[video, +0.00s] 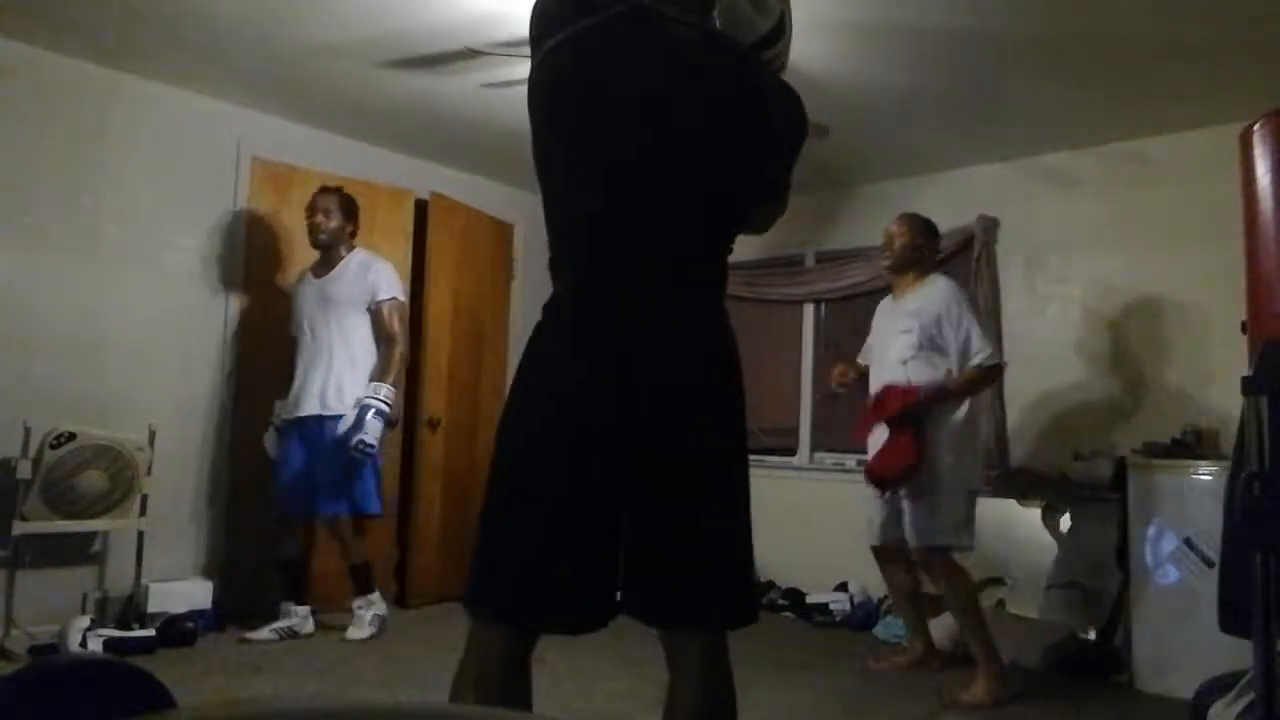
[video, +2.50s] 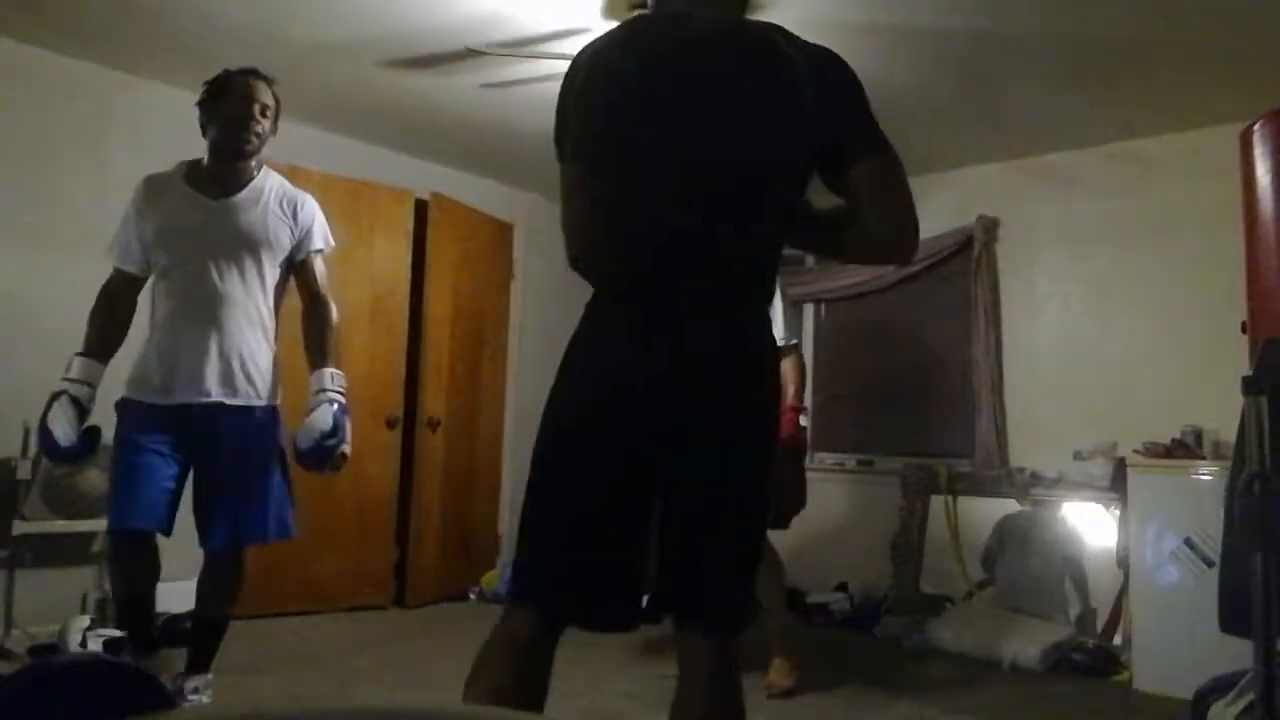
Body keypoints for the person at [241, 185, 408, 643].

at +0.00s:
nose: (316, 221)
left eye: (327, 214)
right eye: (311, 214)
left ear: (348, 223)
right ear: (306, 223)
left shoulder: (374, 272)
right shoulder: (303, 284)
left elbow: (395, 344)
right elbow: (301, 358)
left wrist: (375, 407)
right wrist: (280, 417)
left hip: (347, 414)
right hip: (300, 415)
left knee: (340, 514)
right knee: (294, 514)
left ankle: (368, 604)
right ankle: (295, 610)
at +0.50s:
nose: (283, 206)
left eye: (294, 200)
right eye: (276, 199)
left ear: (310, 212)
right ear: (264, 209)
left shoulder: (336, 268)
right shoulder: (245, 271)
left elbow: (364, 338)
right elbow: (226, 344)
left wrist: (370, 409)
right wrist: (201, 403)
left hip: (306, 407)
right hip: (253, 407)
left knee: (280, 513)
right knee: (268, 512)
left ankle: (247, 625)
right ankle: (292, 607)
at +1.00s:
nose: (264, 184)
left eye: (275, 179)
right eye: (256, 176)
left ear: (292, 193)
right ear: (240, 185)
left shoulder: (312, 251)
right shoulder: (213, 249)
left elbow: (332, 330)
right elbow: (195, 328)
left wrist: (316, 399)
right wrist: (170, 395)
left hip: (278, 408)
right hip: (212, 405)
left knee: (265, 522)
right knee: (200, 510)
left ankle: (242, 628)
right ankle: (209, 612)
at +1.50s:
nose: (225, 164)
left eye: (237, 157)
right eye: (215, 155)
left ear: (254, 172)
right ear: (198, 166)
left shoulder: (282, 238)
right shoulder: (170, 236)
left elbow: (311, 321)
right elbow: (142, 324)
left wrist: (322, 402)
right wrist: (117, 404)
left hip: (245, 401)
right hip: (173, 402)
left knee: (226, 518)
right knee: (177, 525)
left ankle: (229, 615)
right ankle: (181, 642)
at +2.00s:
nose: (255, 147)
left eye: (265, 143)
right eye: (243, 134)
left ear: (270, 158)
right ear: (207, 141)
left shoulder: (283, 230)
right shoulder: (155, 209)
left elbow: (295, 321)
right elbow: (118, 301)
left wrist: (301, 404)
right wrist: (105, 383)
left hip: (247, 403)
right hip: (171, 400)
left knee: (225, 541)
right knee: (175, 536)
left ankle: (200, 674)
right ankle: (186, 645)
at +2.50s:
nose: (253, 121)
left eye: (264, 113)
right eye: (240, 108)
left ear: (274, 130)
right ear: (205, 115)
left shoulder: (293, 207)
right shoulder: (156, 194)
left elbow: (318, 301)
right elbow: (120, 291)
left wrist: (327, 396)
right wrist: (78, 387)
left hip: (243, 407)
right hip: (155, 401)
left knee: (226, 547)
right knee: (129, 531)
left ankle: (197, 678)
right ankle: (137, 666)